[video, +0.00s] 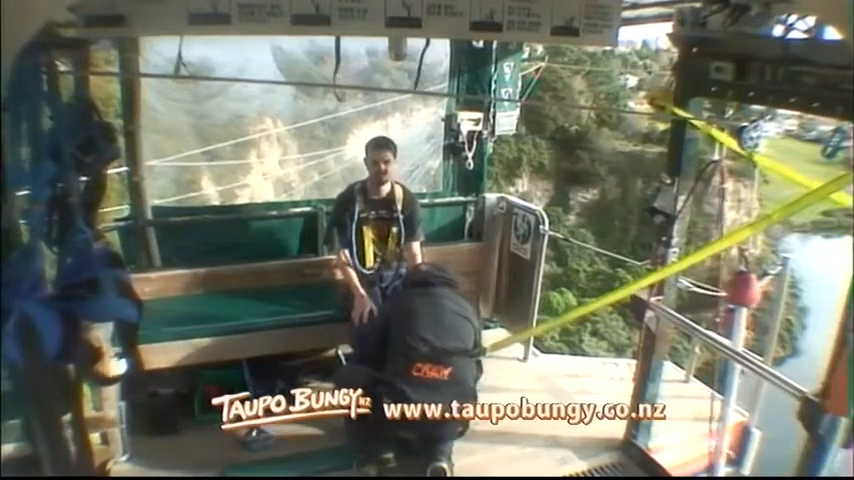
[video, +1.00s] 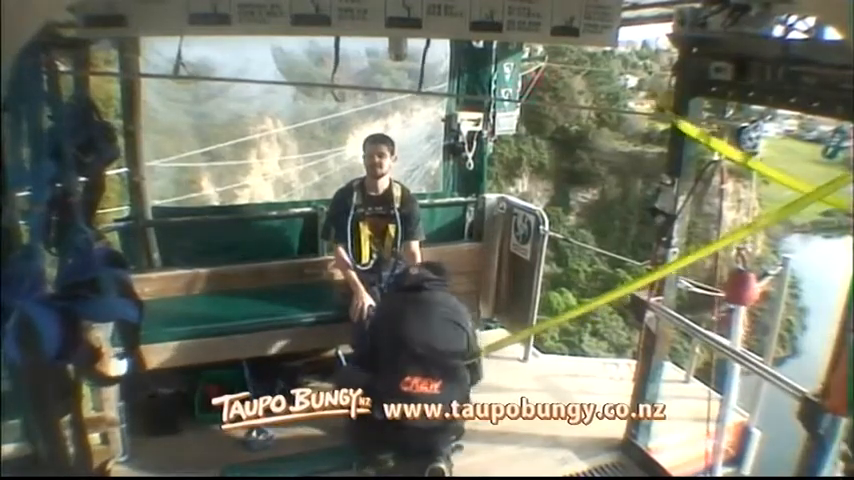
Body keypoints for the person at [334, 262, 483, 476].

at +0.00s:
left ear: (408, 283)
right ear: (448, 282)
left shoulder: (397, 303)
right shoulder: (467, 308)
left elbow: (368, 353)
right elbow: (476, 368)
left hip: (400, 411)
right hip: (455, 411)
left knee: (347, 376)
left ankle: (378, 451)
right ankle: (442, 456)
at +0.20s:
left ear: (407, 282)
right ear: (446, 281)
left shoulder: (395, 303)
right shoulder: (466, 308)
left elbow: (368, 356)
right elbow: (477, 376)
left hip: (399, 411)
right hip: (453, 410)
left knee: (347, 377)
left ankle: (378, 451)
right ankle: (441, 456)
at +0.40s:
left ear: (412, 278)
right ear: (449, 280)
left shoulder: (394, 300)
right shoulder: (463, 305)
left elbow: (374, 352)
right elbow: (479, 349)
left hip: (394, 406)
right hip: (448, 408)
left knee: (347, 377)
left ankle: (378, 452)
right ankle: (440, 457)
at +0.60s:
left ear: (413, 280)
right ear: (447, 284)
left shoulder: (387, 307)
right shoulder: (459, 308)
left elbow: (366, 358)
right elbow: (511, 351)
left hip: (391, 412)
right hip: (441, 414)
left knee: (350, 378)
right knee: (459, 376)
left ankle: (377, 452)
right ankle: (439, 459)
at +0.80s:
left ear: (410, 280)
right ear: (444, 283)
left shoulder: (390, 304)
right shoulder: (457, 307)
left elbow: (366, 356)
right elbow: (499, 363)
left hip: (392, 408)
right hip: (444, 409)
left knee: (348, 378)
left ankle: (378, 453)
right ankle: (439, 458)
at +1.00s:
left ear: (408, 280)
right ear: (443, 283)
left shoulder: (387, 304)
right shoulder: (458, 309)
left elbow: (365, 358)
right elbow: (475, 372)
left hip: (391, 413)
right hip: (444, 414)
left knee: (346, 377)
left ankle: (378, 452)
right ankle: (441, 455)